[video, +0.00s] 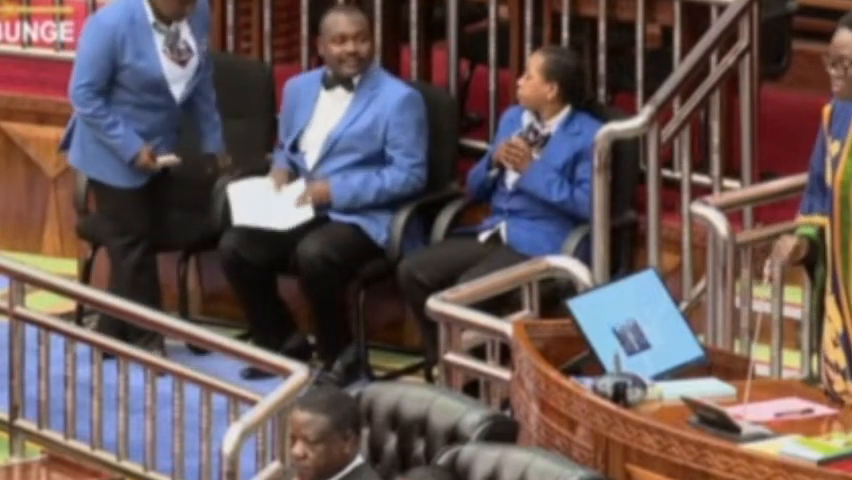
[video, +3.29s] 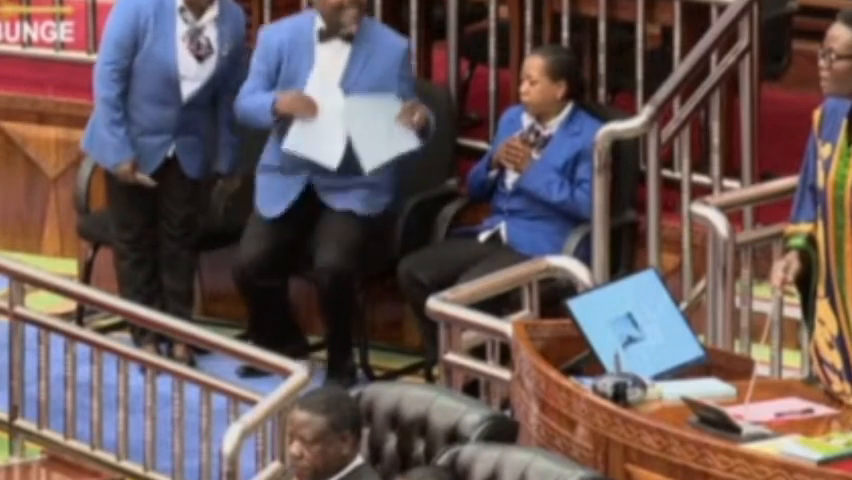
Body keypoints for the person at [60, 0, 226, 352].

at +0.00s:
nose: (185, 12)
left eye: (189, 7)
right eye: (179, 7)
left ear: (193, 3)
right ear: (158, 0)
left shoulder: (198, 15)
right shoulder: (111, 23)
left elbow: (202, 82)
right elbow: (84, 96)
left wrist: (214, 144)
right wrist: (133, 148)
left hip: (162, 150)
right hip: (112, 149)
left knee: (141, 244)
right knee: (134, 245)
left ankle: (112, 331)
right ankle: (147, 336)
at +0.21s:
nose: (195, 23)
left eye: (200, 15)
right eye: (188, 15)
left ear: (205, 8)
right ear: (163, 6)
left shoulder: (208, 22)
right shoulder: (116, 30)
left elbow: (212, 90)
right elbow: (88, 100)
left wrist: (219, 155)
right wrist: (132, 157)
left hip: (172, 143)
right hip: (115, 144)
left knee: (179, 227)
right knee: (132, 241)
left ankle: (150, 321)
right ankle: (146, 335)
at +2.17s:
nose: (216, 17)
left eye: (222, 9)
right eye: (208, 8)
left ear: (228, 6)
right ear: (185, 2)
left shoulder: (239, 31)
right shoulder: (138, 16)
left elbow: (236, 103)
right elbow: (106, 84)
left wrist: (228, 164)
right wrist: (115, 153)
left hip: (196, 141)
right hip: (141, 138)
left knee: (184, 237)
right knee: (140, 237)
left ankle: (181, 331)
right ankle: (146, 330)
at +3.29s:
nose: (199, 3)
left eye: (204, 4)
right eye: (193, 4)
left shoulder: (233, 18)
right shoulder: (137, 10)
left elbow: (231, 92)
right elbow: (108, 77)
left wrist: (227, 158)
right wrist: (117, 151)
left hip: (191, 143)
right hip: (135, 141)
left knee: (181, 239)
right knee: (135, 241)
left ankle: (179, 331)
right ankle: (144, 332)